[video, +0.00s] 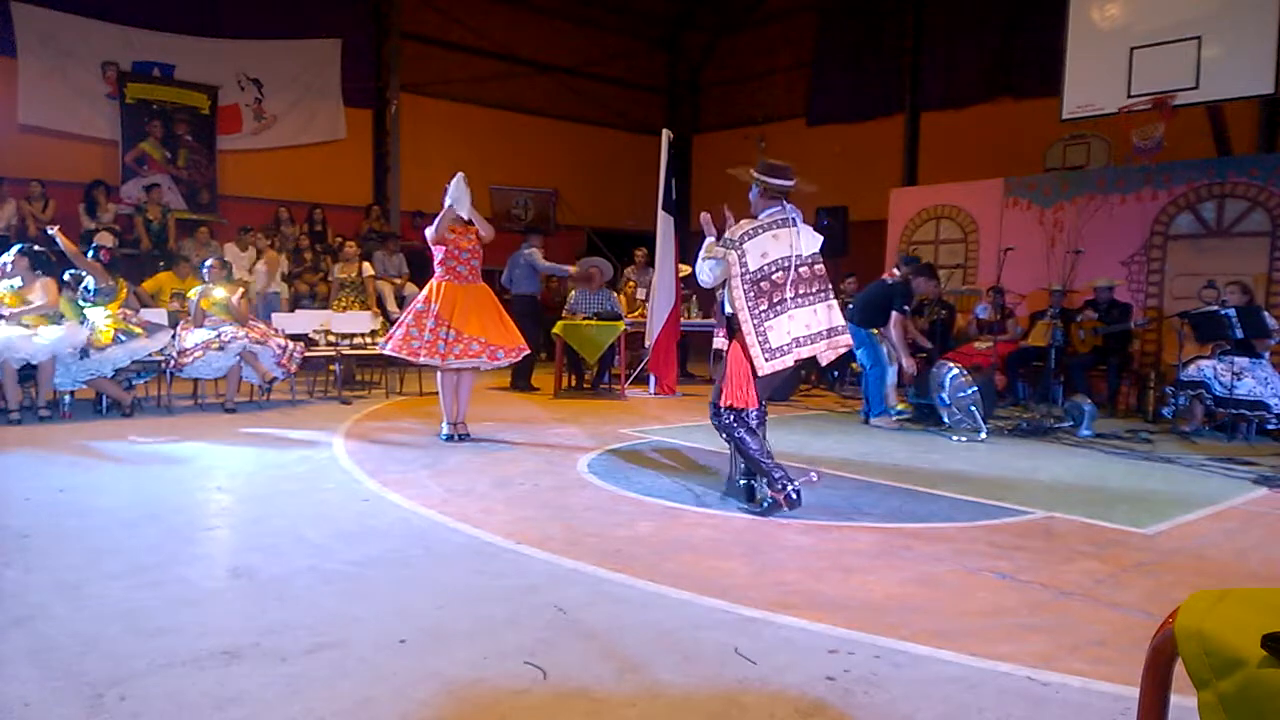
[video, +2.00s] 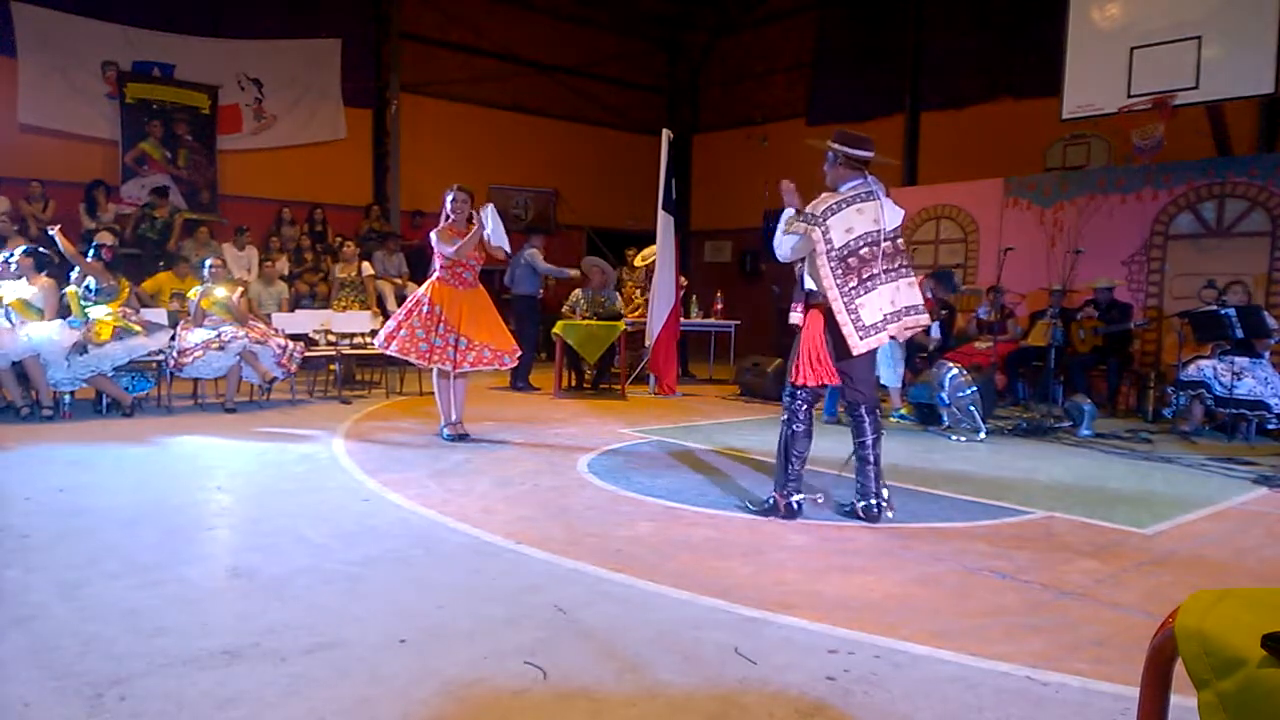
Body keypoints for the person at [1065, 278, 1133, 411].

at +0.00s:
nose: (1099, 295)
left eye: (1103, 291)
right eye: (1097, 291)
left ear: (1111, 292)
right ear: (1094, 292)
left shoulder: (1123, 308)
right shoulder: (1090, 305)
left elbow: (1118, 321)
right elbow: (1070, 315)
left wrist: (1097, 317)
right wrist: (1079, 316)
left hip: (1116, 350)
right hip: (1096, 348)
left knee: (1114, 367)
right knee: (1076, 364)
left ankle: (1111, 404)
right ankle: (1084, 400)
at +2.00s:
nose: (1097, 295)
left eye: (1101, 292)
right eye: (1096, 292)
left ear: (1110, 292)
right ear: (1094, 292)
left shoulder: (1124, 308)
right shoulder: (1091, 305)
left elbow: (1118, 320)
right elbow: (1068, 315)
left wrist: (1097, 315)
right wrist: (1079, 315)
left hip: (1117, 349)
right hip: (1096, 348)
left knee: (1114, 365)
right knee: (1076, 362)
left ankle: (1111, 403)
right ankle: (1083, 399)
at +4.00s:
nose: (1111, 294)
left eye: (1114, 291)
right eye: (1108, 291)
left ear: (1118, 292)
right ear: (1101, 293)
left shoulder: (1126, 308)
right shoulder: (1093, 304)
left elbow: (1121, 320)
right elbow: (1067, 316)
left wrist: (1102, 311)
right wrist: (1084, 312)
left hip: (1117, 349)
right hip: (1096, 348)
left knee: (1114, 365)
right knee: (1077, 362)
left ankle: (1111, 404)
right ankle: (1082, 400)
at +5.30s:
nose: (1112, 294)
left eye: (1114, 291)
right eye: (1108, 291)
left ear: (1118, 292)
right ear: (1101, 292)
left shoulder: (1127, 308)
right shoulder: (1092, 305)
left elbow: (1121, 322)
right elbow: (1071, 316)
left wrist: (1099, 316)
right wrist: (1080, 316)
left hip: (1118, 349)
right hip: (1097, 349)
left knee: (1115, 367)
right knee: (1077, 364)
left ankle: (1111, 404)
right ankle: (1083, 401)